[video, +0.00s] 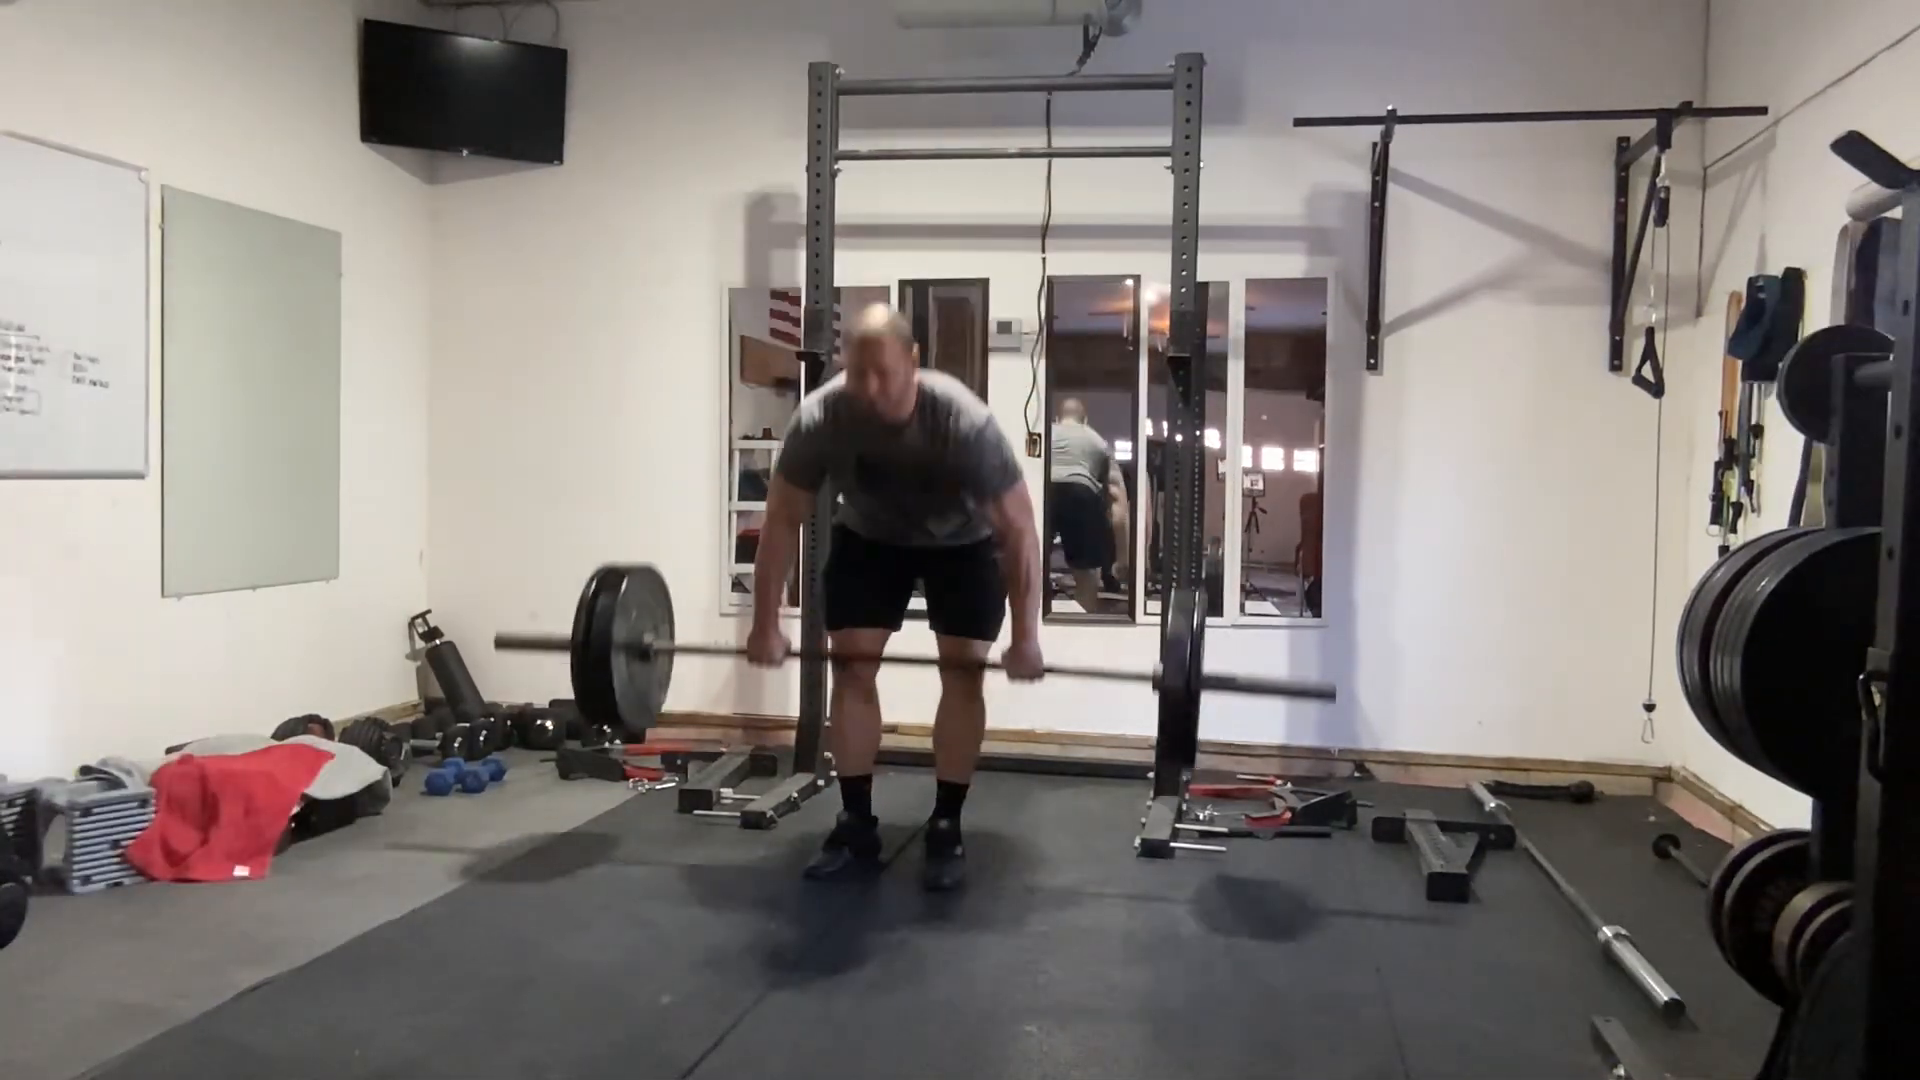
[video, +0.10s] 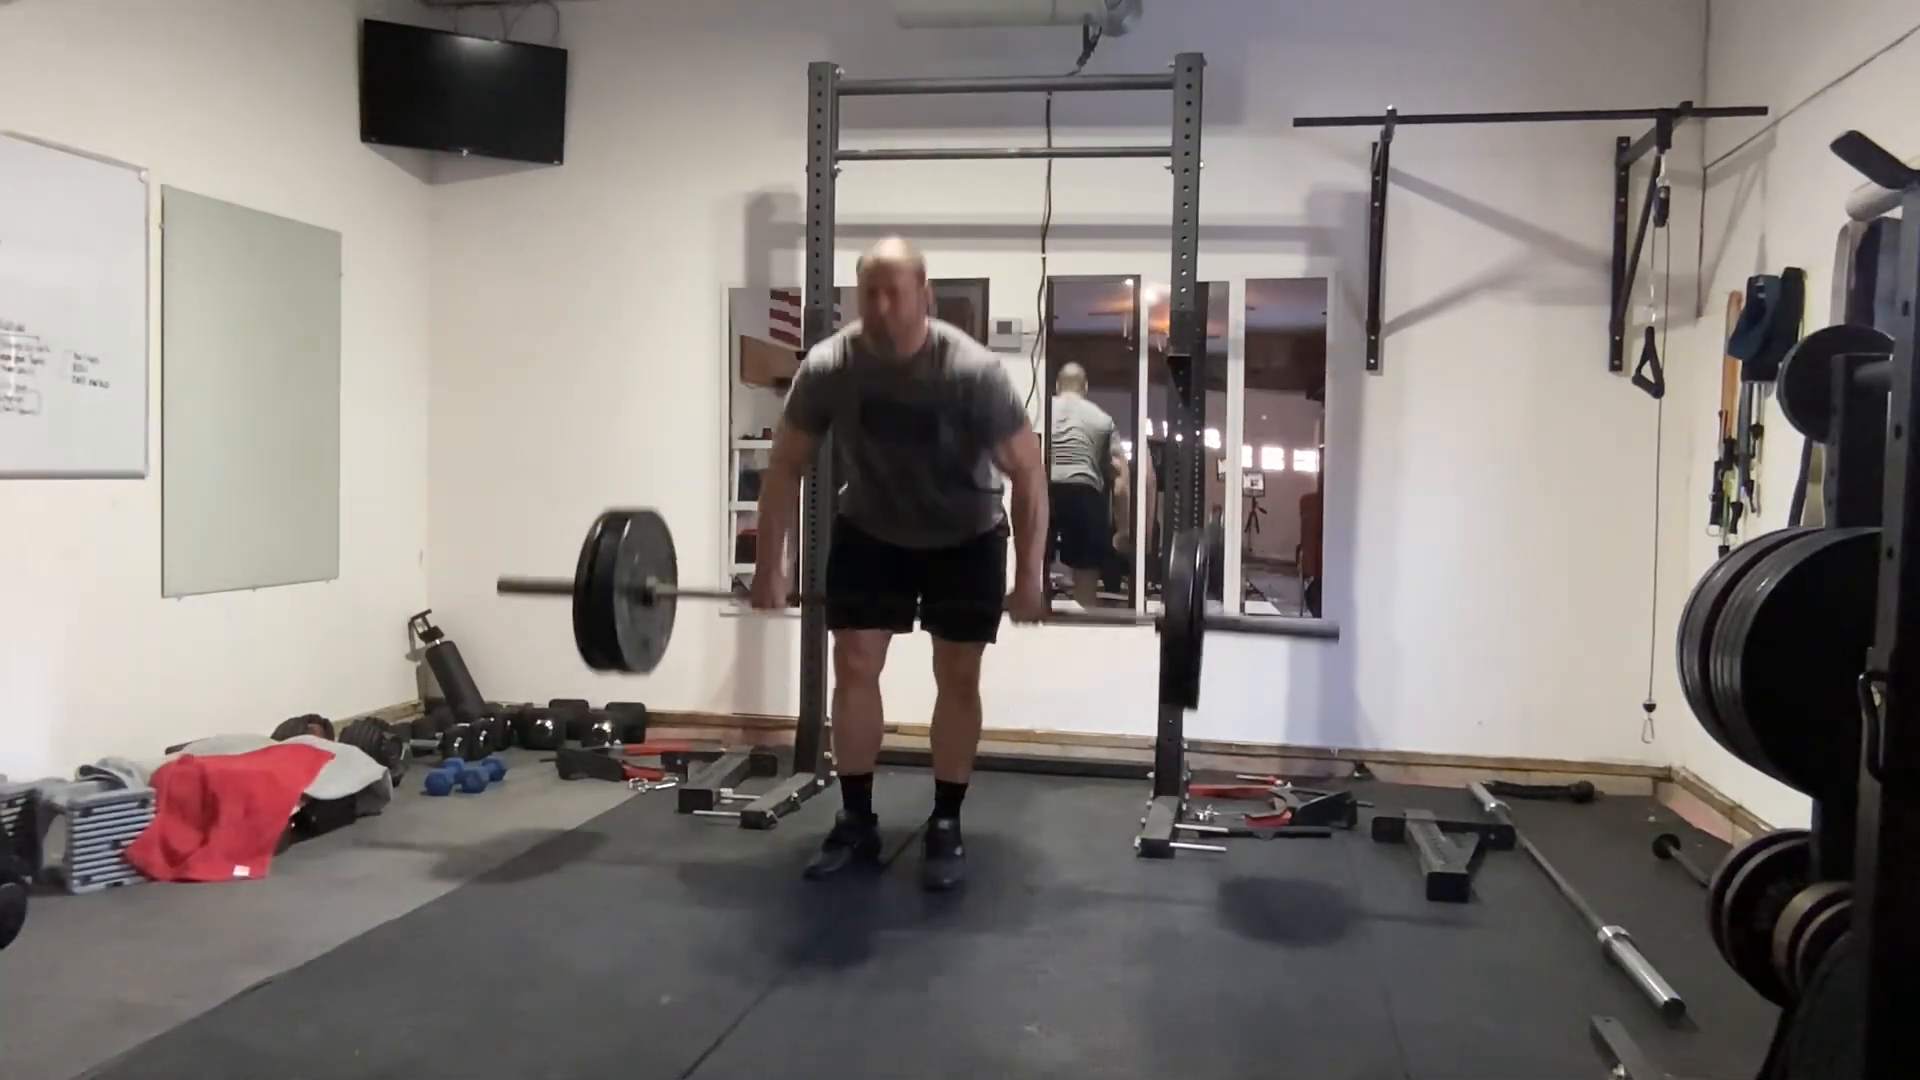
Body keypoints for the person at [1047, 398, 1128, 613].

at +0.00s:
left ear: (1058, 417)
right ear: (1084, 418)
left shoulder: (1045, 433)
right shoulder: (1098, 442)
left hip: (1043, 491)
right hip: (1082, 495)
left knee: (1035, 558)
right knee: (1084, 568)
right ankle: (1087, 629)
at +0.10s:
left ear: (1057, 386)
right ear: (1085, 386)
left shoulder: (1041, 410)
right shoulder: (1102, 418)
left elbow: (1027, 457)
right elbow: (1121, 483)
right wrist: (1124, 530)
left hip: (1045, 490)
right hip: (1085, 492)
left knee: (1037, 560)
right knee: (1085, 569)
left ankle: (1037, 627)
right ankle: (1086, 635)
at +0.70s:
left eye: (1057, 358)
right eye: (1070, 357)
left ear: (1045, 360)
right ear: (1075, 361)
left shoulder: (1030, 396)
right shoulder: (1094, 401)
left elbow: (1016, 452)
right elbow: (1110, 463)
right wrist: (1117, 511)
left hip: (1035, 496)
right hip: (1077, 499)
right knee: (1086, 572)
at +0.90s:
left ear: (1047, 385)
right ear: (1075, 386)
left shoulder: (1030, 416)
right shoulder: (1094, 424)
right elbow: (1110, 487)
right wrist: (1118, 536)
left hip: (1034, 501)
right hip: (1077, 503)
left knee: (1033, 574)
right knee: (1088, 579)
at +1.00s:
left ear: (1047, 395)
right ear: (1075, 396)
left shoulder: (1031, 424)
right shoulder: (1095, 433)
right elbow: (1111, 493)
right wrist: (1118, 542)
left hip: (1032, 503)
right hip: (1077, 505)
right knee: (1091, 583)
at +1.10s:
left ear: (1047, 403)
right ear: (1075, 404)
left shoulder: (1032, 432)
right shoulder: (1094, 440)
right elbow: (1111, 501)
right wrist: (1118, 554)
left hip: (1034, 503)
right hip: (1078, 505)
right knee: (1091, 582)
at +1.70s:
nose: (1056, 348)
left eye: (1055, 341)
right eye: (1059, 342)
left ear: (1040, 343)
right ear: (1071, 343)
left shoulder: (1027, 377)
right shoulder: (1087, 372)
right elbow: (1126, 413)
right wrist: (1114, 436)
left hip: (1036, 484)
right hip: (1077, 481)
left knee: (1031, 566)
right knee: (1078, 567)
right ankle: (1083, 634)